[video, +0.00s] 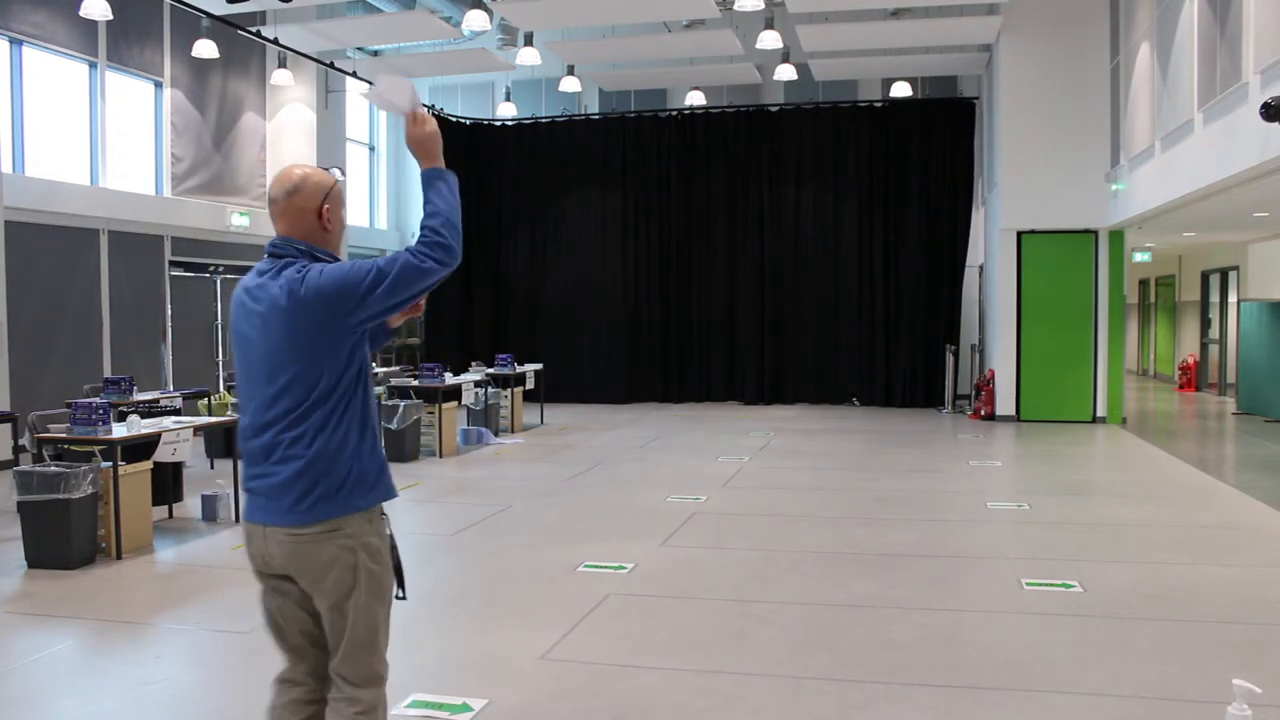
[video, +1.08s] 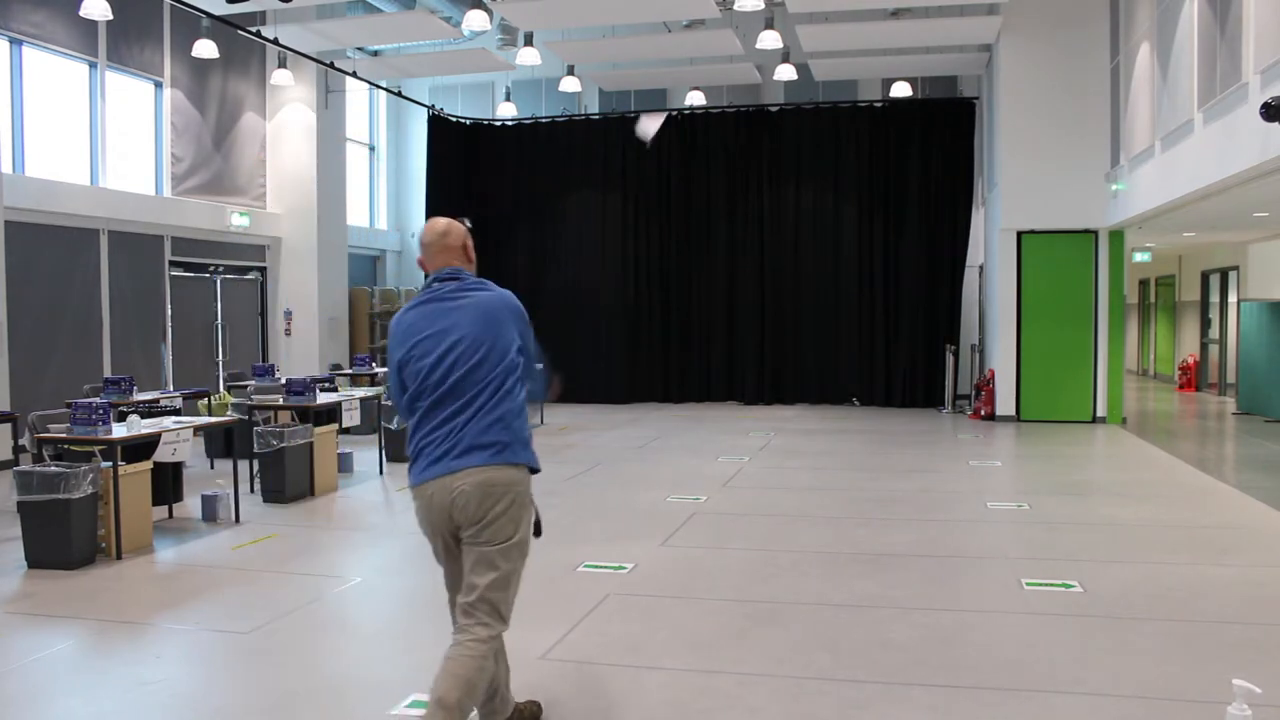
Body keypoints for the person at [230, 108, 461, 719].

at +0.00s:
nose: (344, 216)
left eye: (341, 204)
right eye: (341, 205)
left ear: (277, 216)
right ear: (326, 212)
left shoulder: (248, 293)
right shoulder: (333, 288)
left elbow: (315, 355)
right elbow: (439, 251)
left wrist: (383, 323)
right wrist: (433, 163)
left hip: (266, 525)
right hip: (336, 526)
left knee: (301, 678)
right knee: (358, 689)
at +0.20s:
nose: (365, 220)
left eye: (361, 209)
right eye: (360, 209)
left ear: (303, 222)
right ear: (346, 221)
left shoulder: (282, 295)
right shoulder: (335, 290)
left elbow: (358, 354)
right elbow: (439, 237)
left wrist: (418, 311)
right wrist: (415, 146)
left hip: (308, 521)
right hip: (353, 521)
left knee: (366, 660)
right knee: (379, 683)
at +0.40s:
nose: (386, 233)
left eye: (382, 222)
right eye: (382, 222)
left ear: (330, 234)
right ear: (367, 233)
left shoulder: (321, 301)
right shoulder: (340, 300)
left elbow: (387, 357)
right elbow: (436, 238)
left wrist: (449, 308)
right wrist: (393, 144)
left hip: (378, 510)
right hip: (373, 518)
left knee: (426, 645)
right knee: (395, 682)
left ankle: (432, 715)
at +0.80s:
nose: (443, 258)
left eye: (440, 249)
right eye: (439, 250)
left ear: (388, 263)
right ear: (430, 258)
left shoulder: (369, 333)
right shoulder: (436, 322)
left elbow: (422, 367)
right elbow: (505, 249)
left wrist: (471, 343)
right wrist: (437, 187)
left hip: (405, 518)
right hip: (453, 517)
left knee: (484, 612)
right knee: (455, 654)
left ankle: (499, 709)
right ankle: (409, 718)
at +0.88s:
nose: (453, 251)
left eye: (449, 243)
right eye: (450, 244)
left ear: (398, 262)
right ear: (444, 252)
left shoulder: (378, 336)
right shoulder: (470, 311)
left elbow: (389, 421)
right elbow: (541, 245)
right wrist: (492, 191)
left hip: (410, 512)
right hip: (469, 505)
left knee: (481, 619)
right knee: (459, 646)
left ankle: (501, 711)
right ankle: (414, 719)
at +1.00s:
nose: (464, 246)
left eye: (459, 240)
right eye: (461, 240)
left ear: (412, 262)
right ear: (459, 250)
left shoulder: (391, 328)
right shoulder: (491, 302)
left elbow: (392, 411)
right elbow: (552, 281)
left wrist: (448, 411)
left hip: (421, 494)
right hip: (484, 486)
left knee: (471, 613)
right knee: (471, 625)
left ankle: (498, 711)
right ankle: (423, 713)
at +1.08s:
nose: (474, 253)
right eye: (472, 245)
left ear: (421, 263)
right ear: (470, 253)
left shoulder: (402, 323)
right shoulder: (504, 304)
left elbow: (401, 401)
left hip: (431, 487)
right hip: (497, 481)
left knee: (471, 610)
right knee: (480, 620)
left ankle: (499, 711)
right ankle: (439, 714)